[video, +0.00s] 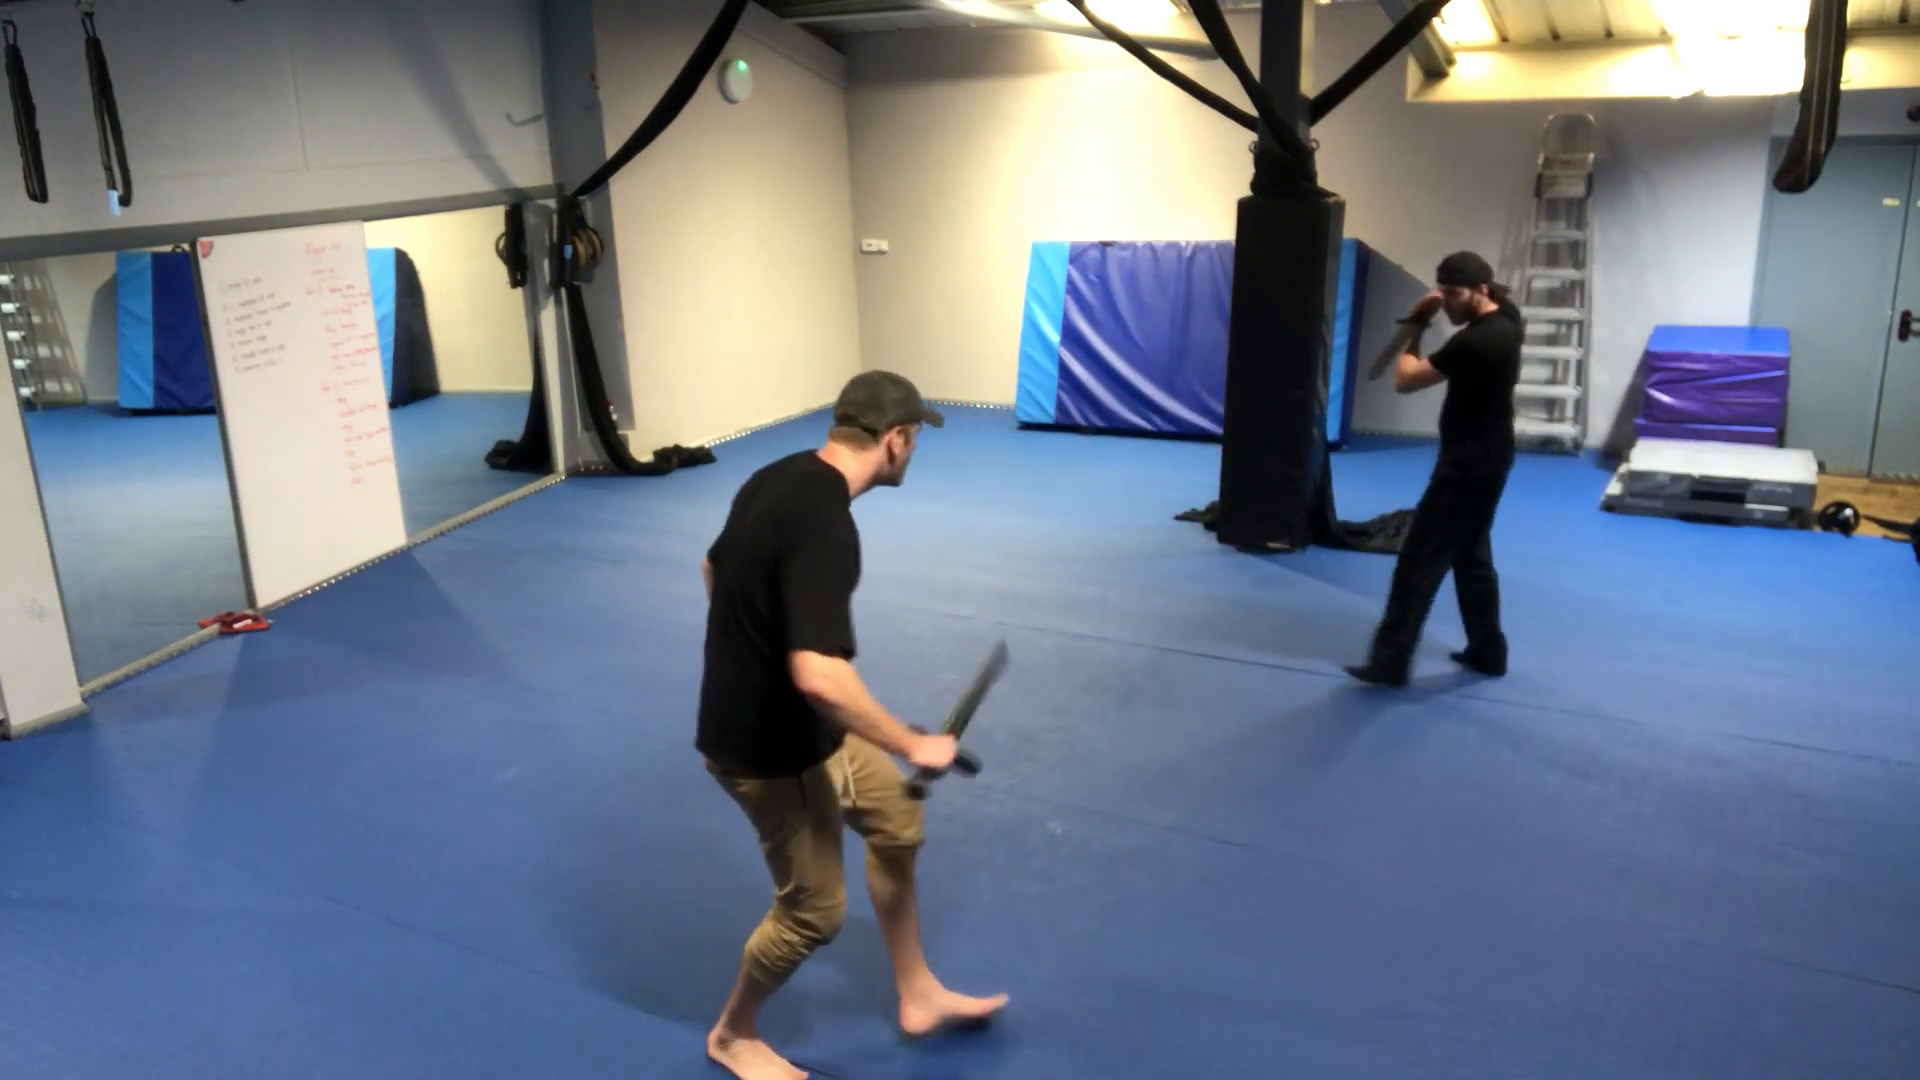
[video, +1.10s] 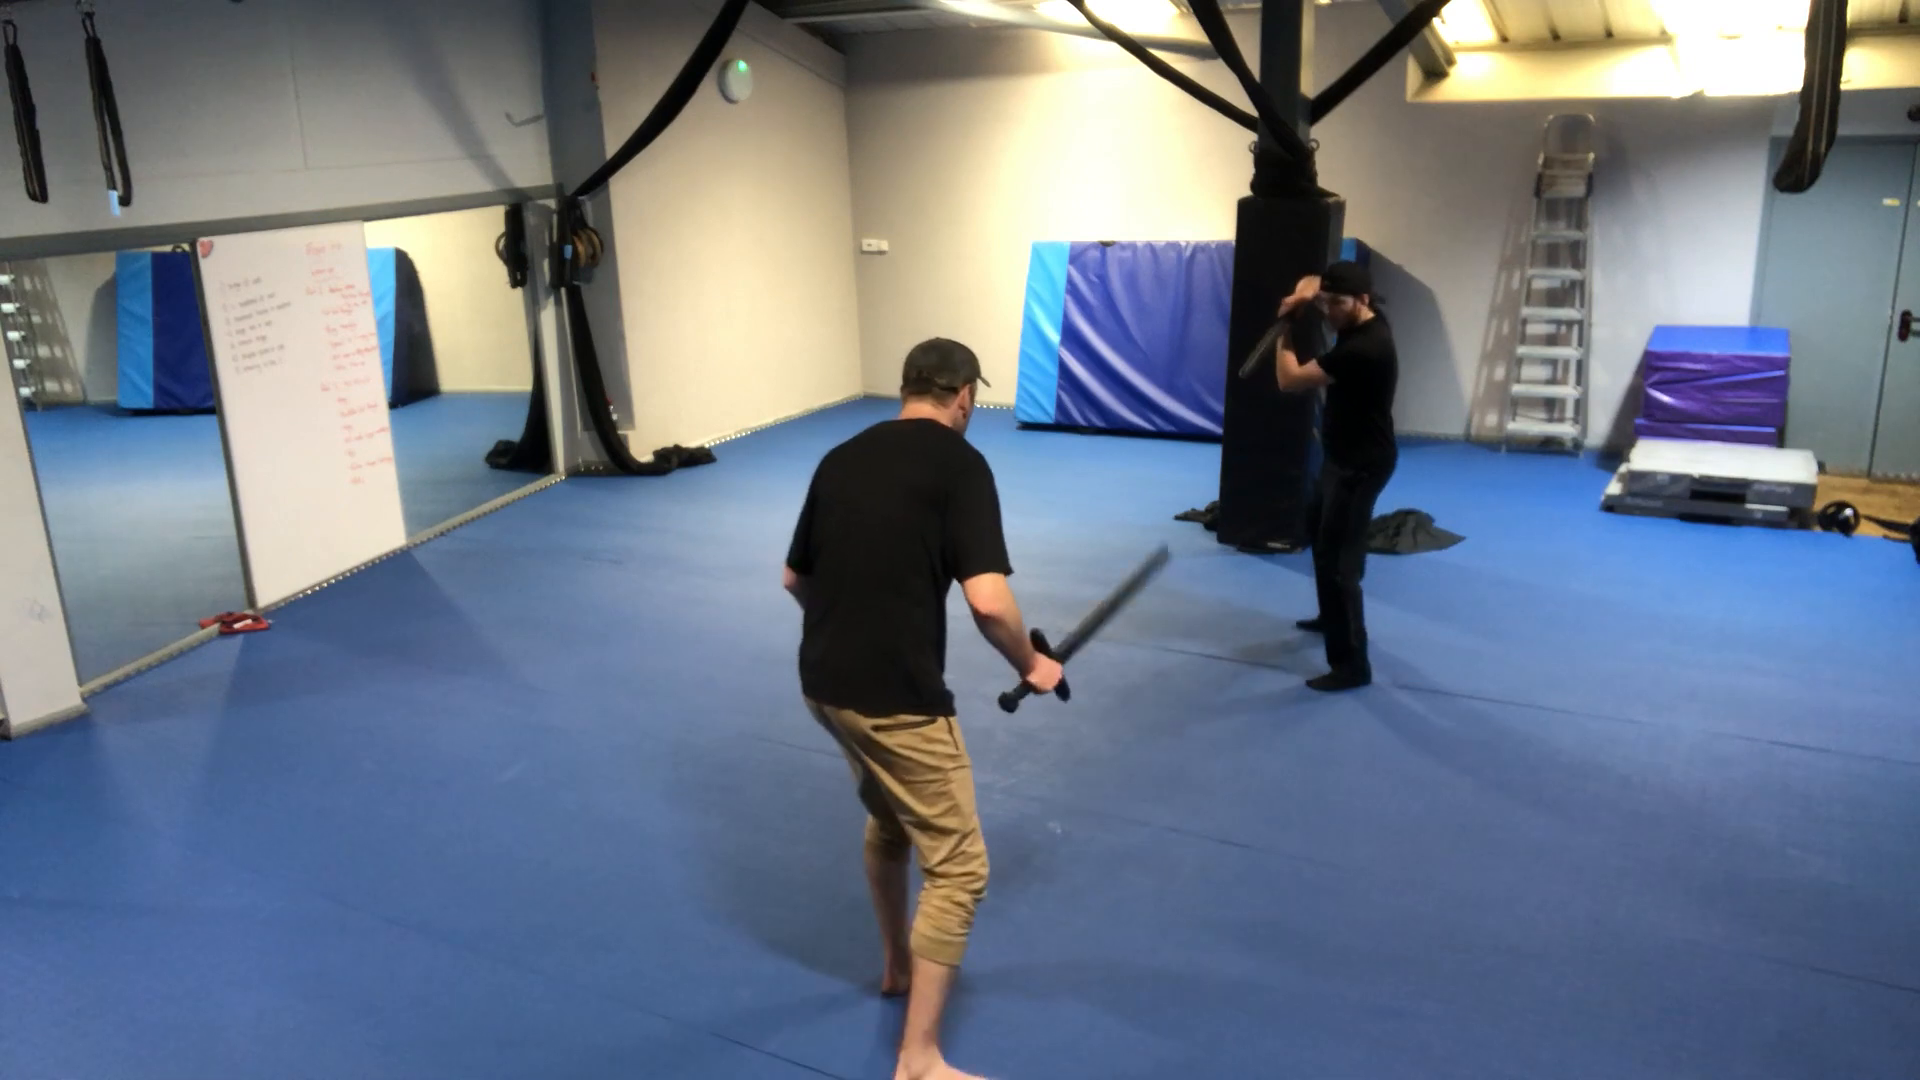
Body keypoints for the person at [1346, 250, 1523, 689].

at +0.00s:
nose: (1442, 300)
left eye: (1450, 291)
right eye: (1443, 290)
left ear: (1478, 291)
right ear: (1483, 292)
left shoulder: (1472, 341)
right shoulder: (1507, 321)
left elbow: (1404, 378)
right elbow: (1490, 295)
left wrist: (1416, 325)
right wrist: (1442, 304)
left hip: (1464, 464)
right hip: (1490, 458)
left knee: (1420, 559)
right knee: (1472, 554)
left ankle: (1389, 664)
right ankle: (1487, 651)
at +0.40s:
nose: (1384, 306)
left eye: (1389, 298)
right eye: (1383, 298)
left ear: (1415, 297)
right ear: (1423, 296)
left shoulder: (1411, 344)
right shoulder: (1448, 323)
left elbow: (1343, 378)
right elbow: (1426, 295)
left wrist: (1360, 326)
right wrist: (1380, 299)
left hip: (1410, 467)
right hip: (1436, 460)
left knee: (1369, 564)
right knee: (1429, 552)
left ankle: (1354, 667)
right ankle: (1472, 642)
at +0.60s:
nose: (1354, 312)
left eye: (1360, 305)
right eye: (1353, 304)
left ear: (1385, 302)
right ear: (1390, 301)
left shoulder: (1380, 350)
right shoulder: (1417, 323)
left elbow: (1311, 381)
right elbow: (1389, 303)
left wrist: (1329, 326)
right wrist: (1353, 301)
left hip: (1388, 466)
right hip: (1412, 456)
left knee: (1346, 562)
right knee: (1382, 538)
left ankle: (1351, 668)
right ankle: (1417, 622)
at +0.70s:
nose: (1345, 317)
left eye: (1350, 309)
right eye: (1342, 309)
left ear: (1375, 305)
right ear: (1381, 304)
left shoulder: (1371, 351)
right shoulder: (1406, 324)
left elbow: (1302, 382)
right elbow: (1378, 304)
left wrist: (1319, 327)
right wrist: (1342, 301)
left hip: (1380, 467)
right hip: (1402, 457)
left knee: (1338, 559)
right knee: (1373, 543)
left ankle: (1349, 668)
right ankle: (1376, 627)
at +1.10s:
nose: (1326, 311)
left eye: (1331, 304)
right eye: (1324, 303)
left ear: (1355, 302)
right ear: (1355, 299)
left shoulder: (1362, 347)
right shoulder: (1369, 319)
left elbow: (1289, 379)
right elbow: (1331, 285)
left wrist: (1284, 327)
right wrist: (1310, 290)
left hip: (1360, 463)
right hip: (1347, 455)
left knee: (1339, 559)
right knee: (1325, 538)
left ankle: (1351, 667)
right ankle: (1331, 616)